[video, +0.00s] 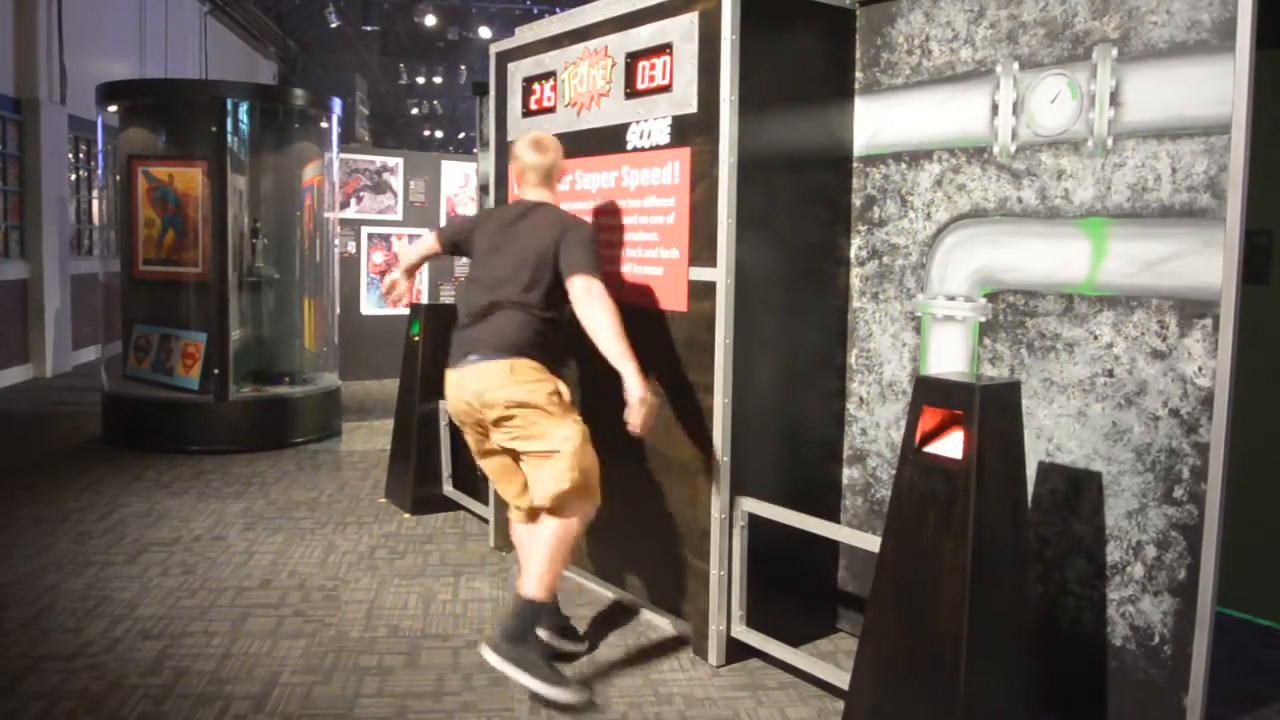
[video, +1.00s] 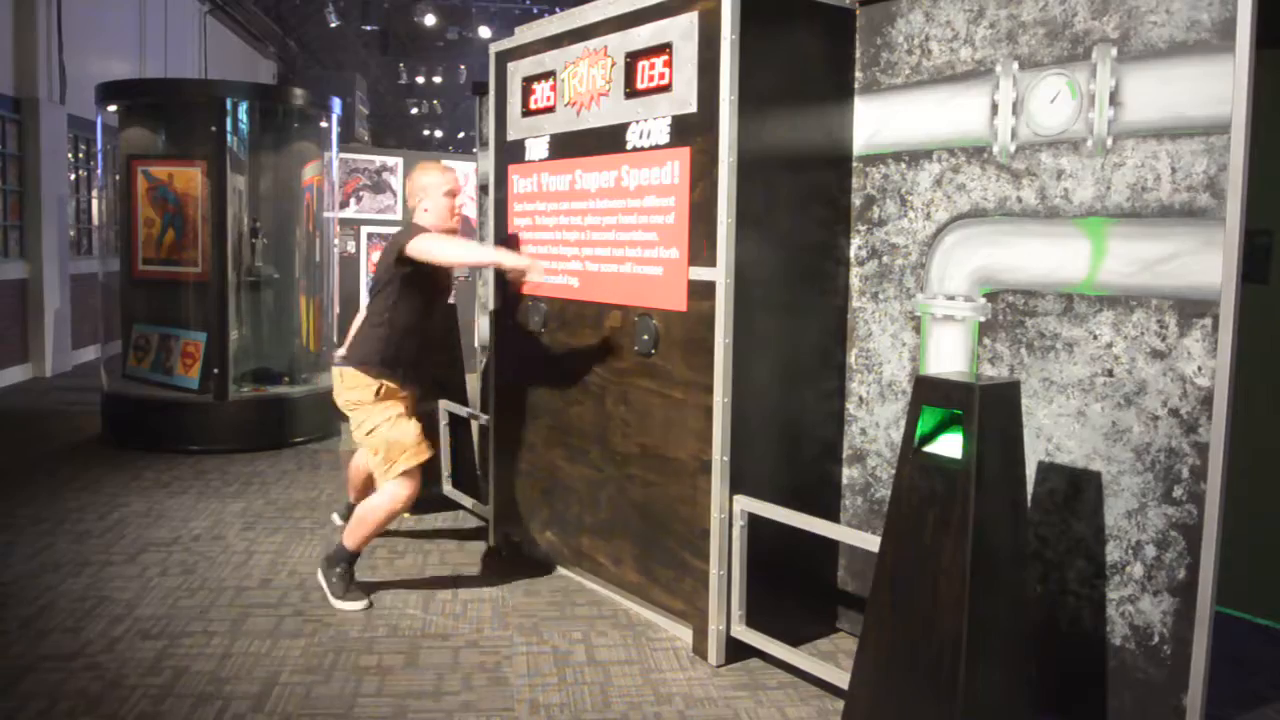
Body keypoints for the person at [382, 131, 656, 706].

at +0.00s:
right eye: (561, 174)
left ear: (513, 178)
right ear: (561, 178)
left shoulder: (483, 222)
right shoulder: (568, 227)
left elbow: (429, 243)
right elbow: (586, 295)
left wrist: (403, 266)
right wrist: (633, 376)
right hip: (517, 371)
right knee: (574, 494)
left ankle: (546, 617)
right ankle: (517, 634)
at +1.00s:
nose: (459, 204)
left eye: (459, 194)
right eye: (450, 195)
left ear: (429, 203)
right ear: (422, 202)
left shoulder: (421, 251)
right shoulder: (410, 239)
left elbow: (372, 307)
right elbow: (440, 249)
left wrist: (345, 354)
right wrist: (508, 259)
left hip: (388, 379)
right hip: (370, 378)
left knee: (371, 454)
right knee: (402, 486)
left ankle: (353, 513)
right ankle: (338, 563)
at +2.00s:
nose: (681, 267)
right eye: (682, 262)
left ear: (623, 270)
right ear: (680, 272)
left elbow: (515, 348)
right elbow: (752, 369)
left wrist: (475, 356)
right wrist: (854, 403)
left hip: (500, 482)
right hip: (568, 488)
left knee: (537, 527)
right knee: (690, 603)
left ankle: (495, 639)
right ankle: (676, 714)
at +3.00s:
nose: (402, 237)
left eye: (399, 231)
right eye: (399, 231)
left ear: (364, 241)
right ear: (390, 233)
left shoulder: (352, 269)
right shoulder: (396, 253)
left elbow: (343, 316)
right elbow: (394, 286)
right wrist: (413, 343)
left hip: (323, 367)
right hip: (359, 366)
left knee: (364, 436)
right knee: (397, 454)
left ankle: (331, 513)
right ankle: (378, 559)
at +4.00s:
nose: (411, 156)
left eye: (409, 146)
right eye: (403, 148)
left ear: (364, 157)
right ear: (370, 156)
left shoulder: (343, 206)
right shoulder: (376, 205)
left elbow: (318, 266)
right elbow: (389, 275)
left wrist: (322, 299)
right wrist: (481, 293)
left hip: (344, 364)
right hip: (383, 367)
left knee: (364, 474)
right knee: (421, 486)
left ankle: (296, 571)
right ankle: (323, 575)